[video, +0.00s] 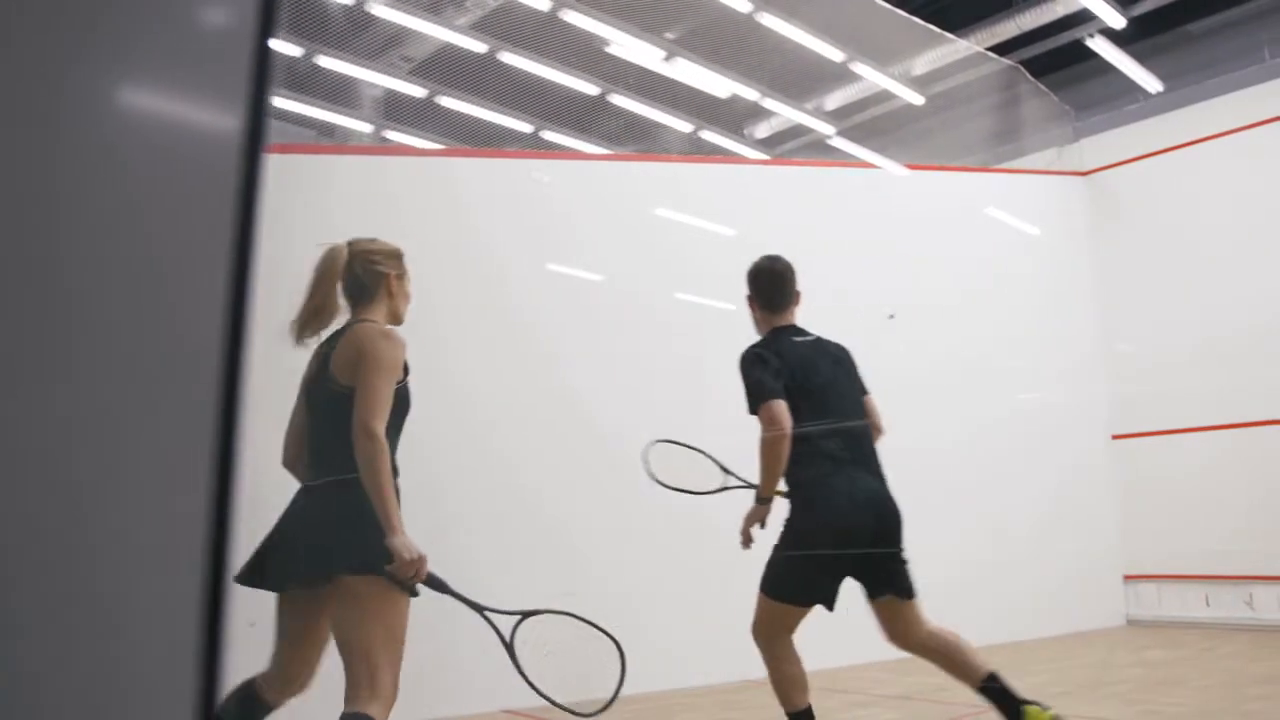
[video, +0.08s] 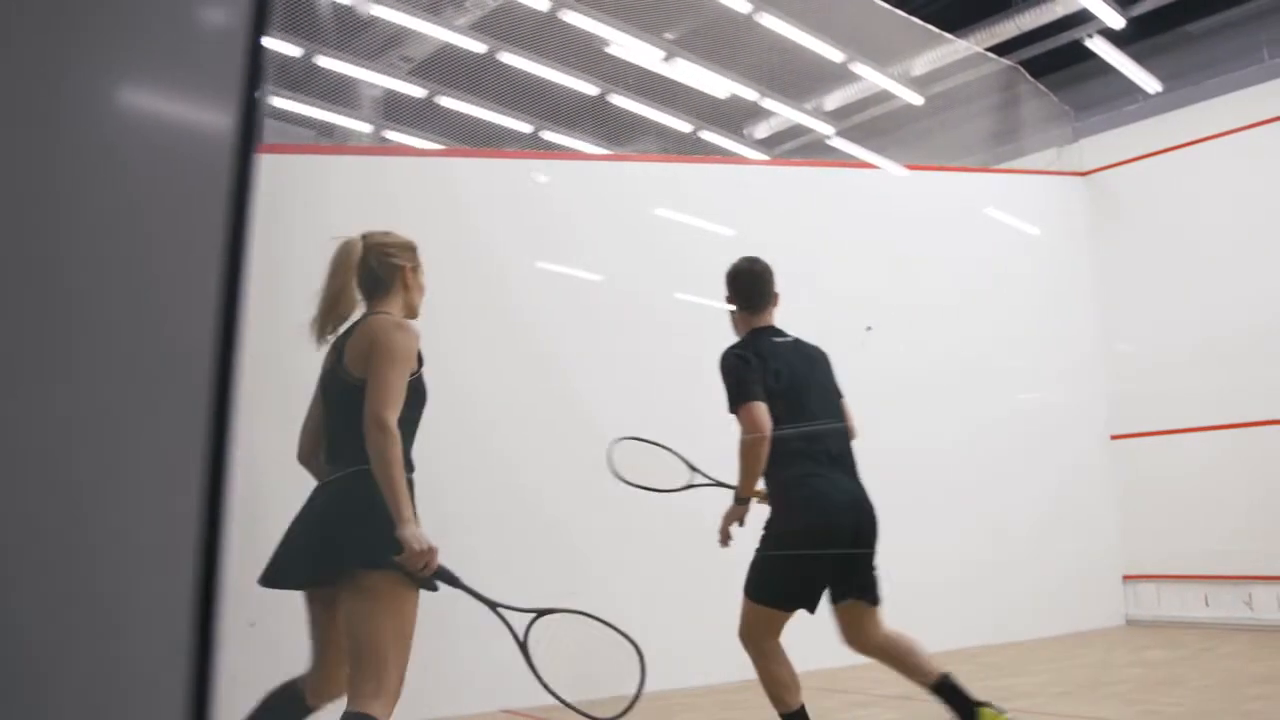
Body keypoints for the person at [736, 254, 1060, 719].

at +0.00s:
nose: (750, 305)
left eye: (748, 299)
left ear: (750, 303)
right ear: (798, 300)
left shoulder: (760, 357)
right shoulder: (834, 351)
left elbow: (778, 427)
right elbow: (873, 425)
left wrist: (762, 500)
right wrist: (814, 457)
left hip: (821, 517)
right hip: (877, 511)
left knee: (771, 632)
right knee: (908, 629)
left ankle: (802, 719)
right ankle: (1018, 708)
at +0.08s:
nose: (731, 307)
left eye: (729, 301)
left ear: (729, 303)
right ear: (776, 301)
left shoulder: (739, 357)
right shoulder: (812, 354)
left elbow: (758, 430)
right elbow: (846, 428)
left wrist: (740, 500)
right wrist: (783, 478)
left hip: (803, 515)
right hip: (853, 509)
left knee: (757, 635)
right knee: (863, 632)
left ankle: (797, 719)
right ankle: (970, 708)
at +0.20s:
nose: (703, 314)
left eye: (701, 306)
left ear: (699, 307)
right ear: (746, 305)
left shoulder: (712, 358)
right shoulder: (779, 356)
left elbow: (728, 432)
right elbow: (804, 439)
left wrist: (708, 496)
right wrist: (740, 485)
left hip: (775, 515)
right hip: (820, 511)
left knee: (740, 639)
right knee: (794, 633)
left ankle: (790, 718)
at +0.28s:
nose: (680, 314)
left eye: (679, 306)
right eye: (685, 304)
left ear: (680, 308)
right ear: (725, 306)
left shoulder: (695, 357)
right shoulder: (755, 357)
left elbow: (711, 432)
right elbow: (765, 439)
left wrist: (689, 491)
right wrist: (712, 479)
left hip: (758, 517)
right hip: (798, 511)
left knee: (727, 641)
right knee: (755, 629)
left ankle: (785, 718)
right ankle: (830, 712)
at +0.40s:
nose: (650, 319)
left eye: (650, 311)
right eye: (653, 311)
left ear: (653, 310)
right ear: (693, 309)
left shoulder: (668, 355)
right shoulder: (716, 357)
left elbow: (683, 429)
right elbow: (718, 438)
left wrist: (656, 481)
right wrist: (662, 480)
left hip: (738, 513)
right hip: (751, 507)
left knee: (710, 639)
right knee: (684, 618)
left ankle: (774, 715)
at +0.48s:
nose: (631, 318)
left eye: (630, 310)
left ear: (631, 309)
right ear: (674, 309)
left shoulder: (652, 354)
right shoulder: (692, 356)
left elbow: (663, 429)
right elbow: (698, 448)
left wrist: (626, 485)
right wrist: (635, 469)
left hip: (718, 515)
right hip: (725, 510)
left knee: (699, 646)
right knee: (650, 612)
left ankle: (774, 716)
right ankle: (673, 713)